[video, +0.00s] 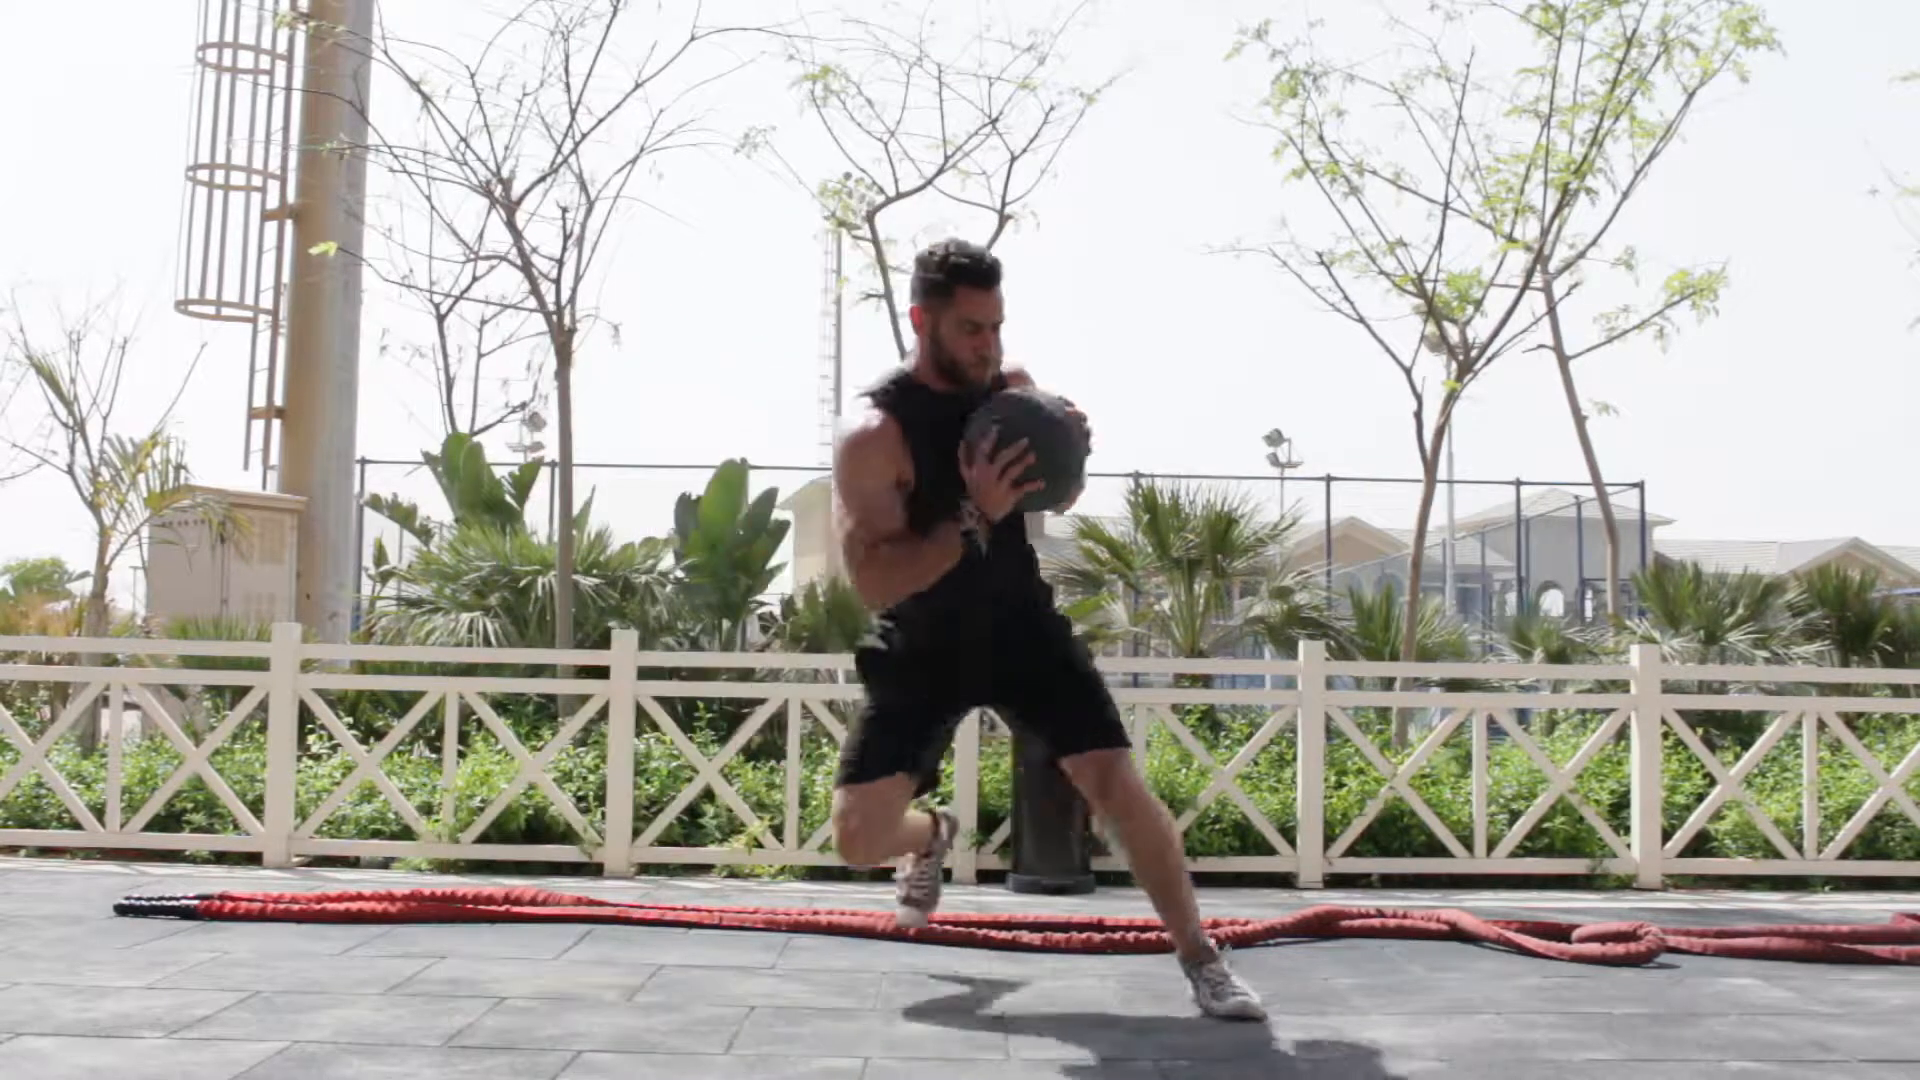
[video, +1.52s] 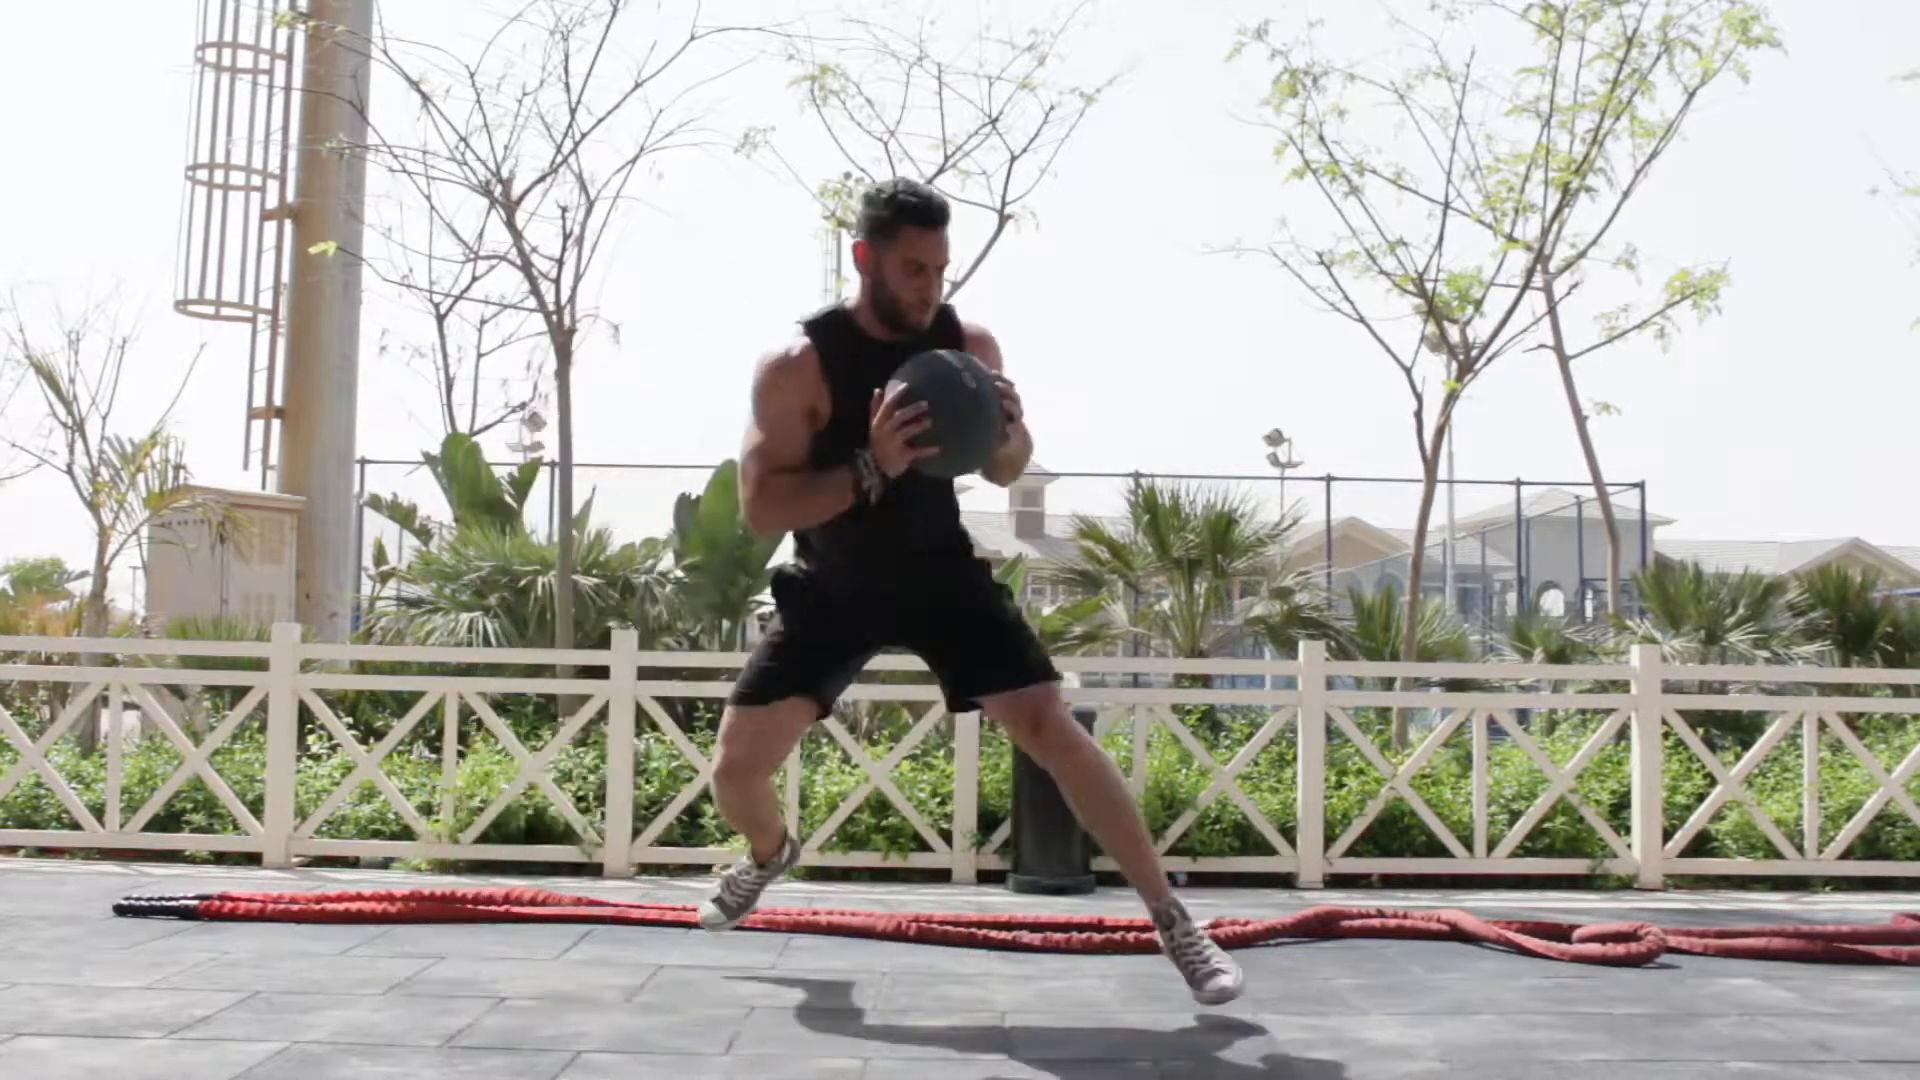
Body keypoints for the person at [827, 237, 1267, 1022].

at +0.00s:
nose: (991, 347)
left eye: (997, 328)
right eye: (973, 329)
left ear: (1002, 321)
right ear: (919, 323)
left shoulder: (1008, 390)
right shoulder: (872, 438)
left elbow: (1047, 494)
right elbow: (875, 582)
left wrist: (1064, 439)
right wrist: (972, 519)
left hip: (1021, 632)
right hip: (918, 648)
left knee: (1114, 782)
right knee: (860, 838)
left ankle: (1200, 956)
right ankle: (931, 835)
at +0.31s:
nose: (1103, 422)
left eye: (1111, 403)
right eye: (1084, 404)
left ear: (1118, 395)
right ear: (1035, 396)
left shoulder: (1099, 470)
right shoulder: (977, 502)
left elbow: (1150, 582)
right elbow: (999, 657)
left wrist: (1143, 553)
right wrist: (1094, 576)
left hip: (1096, 663)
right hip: (1013, 701)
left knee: (1151, 793)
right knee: (1083, 872)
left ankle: (1207, 963)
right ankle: (1198, 850)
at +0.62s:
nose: (824, 294)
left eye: (844, 279)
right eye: (816, 276)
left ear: (889, 279)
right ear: (806, 275)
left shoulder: (946, 376)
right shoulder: (772, 366)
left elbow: (976, 519)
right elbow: (723, 481)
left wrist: (894, 473)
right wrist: (757, 463)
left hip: (920, 598)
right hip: (805, 588)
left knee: (1021, 751)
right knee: (672, 714)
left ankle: (1120, 935)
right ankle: (550, 891)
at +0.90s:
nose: (570, 389)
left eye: (592, 374)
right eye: (567, 367)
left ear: (645, 376)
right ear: (562, 359)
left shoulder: (682, 480)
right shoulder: (581, 431)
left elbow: (624, 636)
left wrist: (542, 539)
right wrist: (529, 508)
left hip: (678, 676)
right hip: (589, 641)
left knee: (616, 875)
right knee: (491, 763)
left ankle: (594, 802)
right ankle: (446, 947)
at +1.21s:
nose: (598, 385)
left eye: (620, 368)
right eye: (586, 363)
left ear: (648, 362)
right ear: (563, 347)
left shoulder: (704, 457)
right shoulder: (539, 450)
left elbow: (727, 604)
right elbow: (482, 563)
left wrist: (634, 553)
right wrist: (515, 544)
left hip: (680, 650)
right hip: (574, 637)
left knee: (687, 833)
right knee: (482, 773)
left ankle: (589, 865)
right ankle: (447, 948)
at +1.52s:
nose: (928, 287)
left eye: (938, 269)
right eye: (912, 269)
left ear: (948, 264)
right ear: (861, 257)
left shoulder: (966, 347)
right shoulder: (796, 371)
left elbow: (1006, 471)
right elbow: (762, 511)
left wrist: (1004, 430)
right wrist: (872, 468)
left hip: (943, 579)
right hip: (831, 588)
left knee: (1047, 727)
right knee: (735, 769)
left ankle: (1173, 921)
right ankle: (771, 852)